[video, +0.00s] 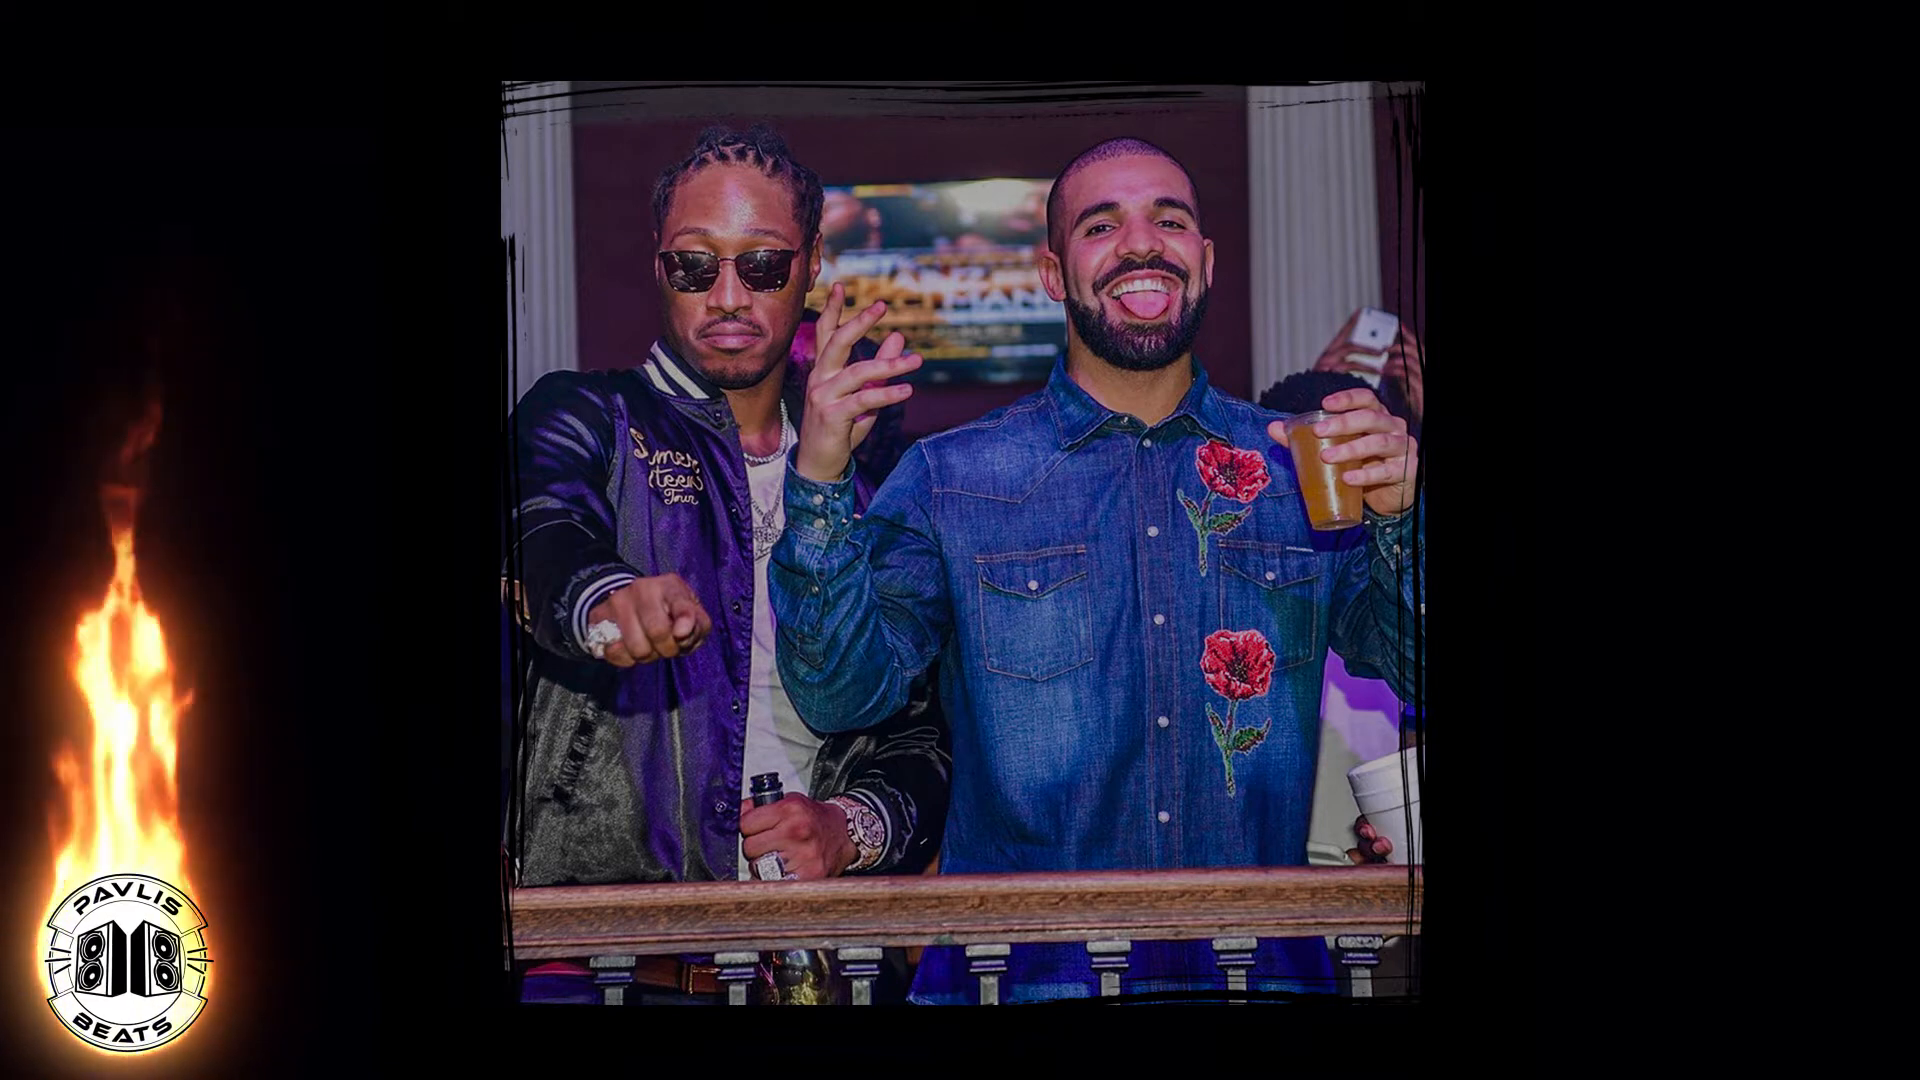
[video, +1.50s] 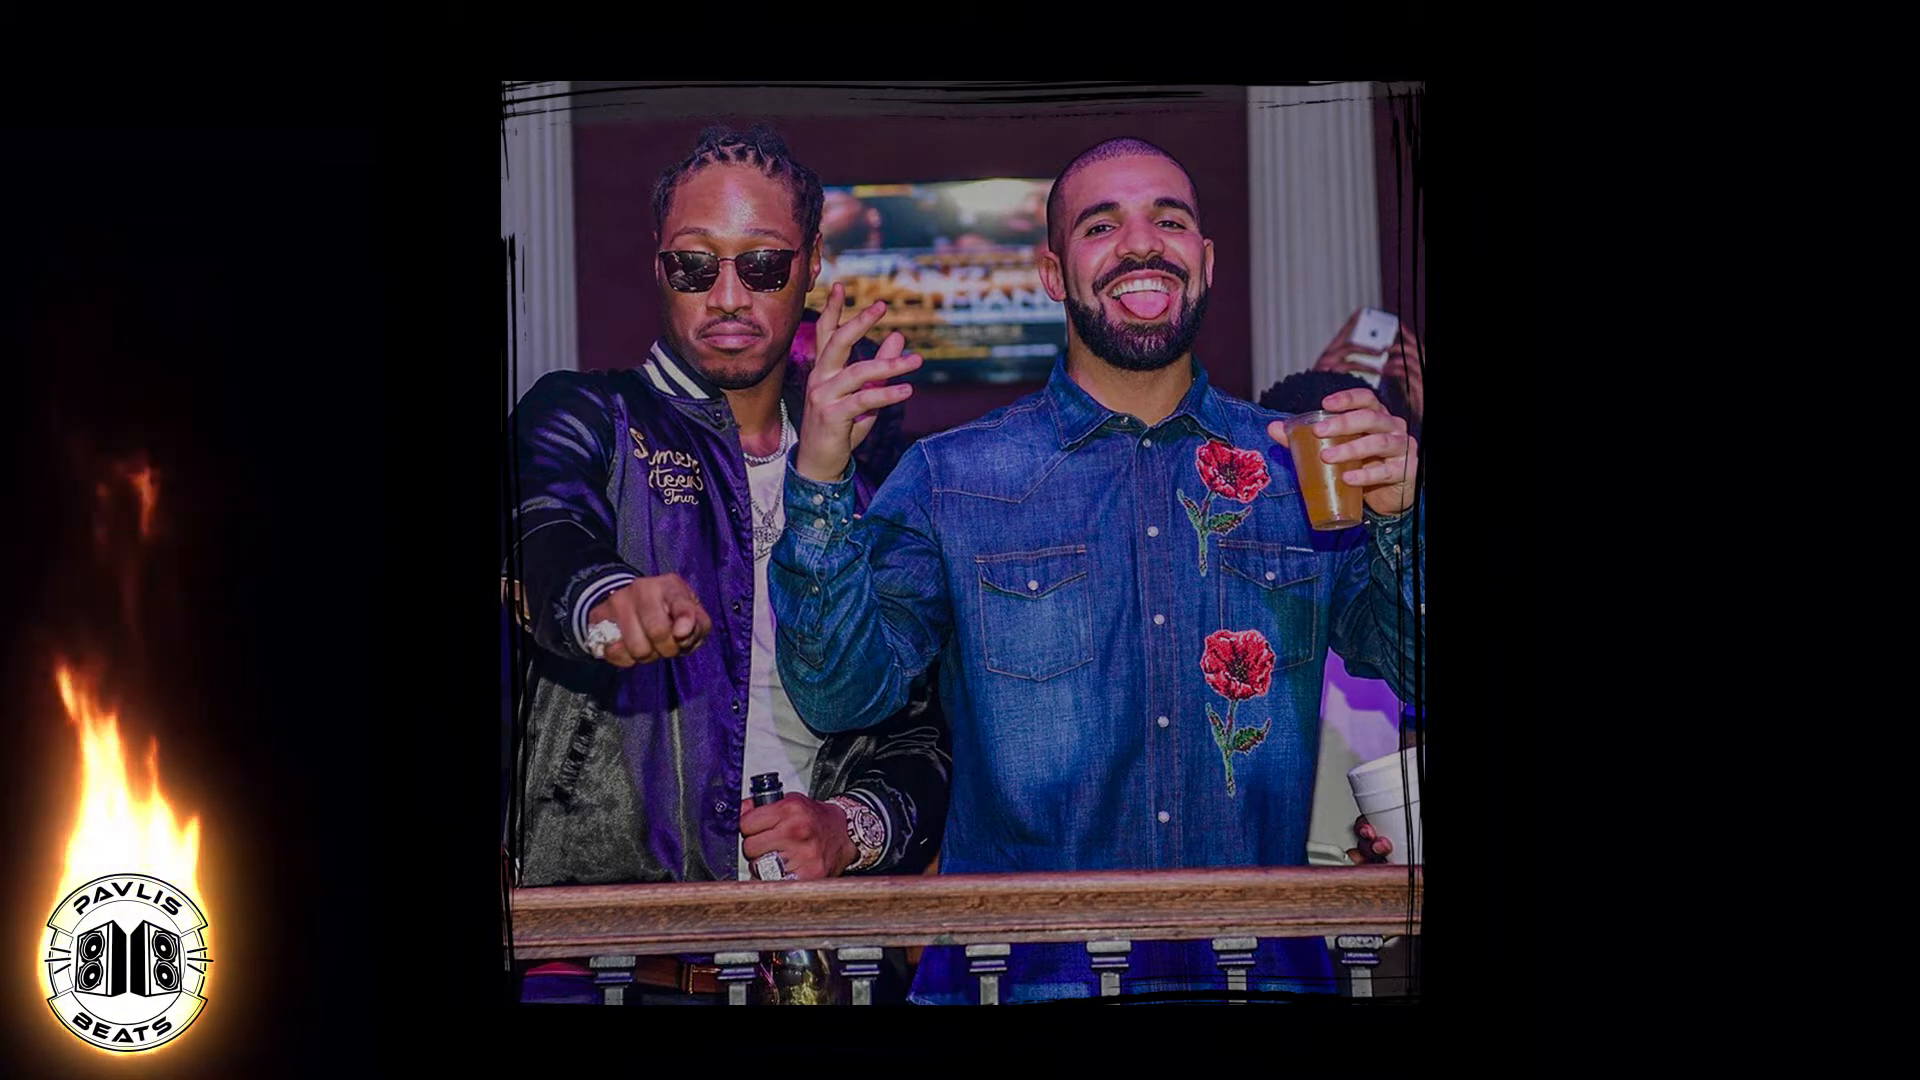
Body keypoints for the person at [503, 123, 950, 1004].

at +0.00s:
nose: (729, 296)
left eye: (763, 266)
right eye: (694, 266)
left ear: (811, 274)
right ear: (658, 272)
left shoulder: (878, 460)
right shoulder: (581, 412)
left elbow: (926, 726)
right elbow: (540, 525)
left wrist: (857, 826)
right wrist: (602, 595)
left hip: (827, 944)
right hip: (605, 943)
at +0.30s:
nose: (729, 296)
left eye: (763, 266)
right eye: (694, 266)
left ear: (811, 274)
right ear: (658, 272)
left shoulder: (878, 460)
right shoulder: (581, 412)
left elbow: (926, 726)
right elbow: (540, 525)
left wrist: (857, 826)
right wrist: (602, 595)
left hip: (827, 944)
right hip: (605, 943)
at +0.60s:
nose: (729, 296)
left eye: (763, 266)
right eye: (694, 266)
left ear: (811, 274)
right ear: (658, 272)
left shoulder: (878, 460)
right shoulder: (581, 412)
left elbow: (926, 726)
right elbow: (540, 525)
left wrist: (857, 826)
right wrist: (602, 595)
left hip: (827, 944)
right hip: (605, 943)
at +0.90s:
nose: (729, 296)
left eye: (763, 266)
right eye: (694, 266)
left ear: (811, 274)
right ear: (658, 272)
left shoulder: (878, 460)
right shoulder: (581, 412)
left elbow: (926, 725)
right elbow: (540, 525)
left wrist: (857, 826)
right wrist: (602, 595)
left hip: (827, 944)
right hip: (605, 943)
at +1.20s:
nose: (729, 296)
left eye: (763, 266)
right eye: (694, 266)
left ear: (811, 274)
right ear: (658, 272)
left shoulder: (878, 460)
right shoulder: (581, 412)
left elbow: (926, 726)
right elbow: (540, 525)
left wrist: (857, 826)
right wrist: (602, 595)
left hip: (827, 944)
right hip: (605, 943)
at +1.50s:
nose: (729, 296)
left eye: (763, 266)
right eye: (694, 266)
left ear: (811, 274)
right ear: (658, 272)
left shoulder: (878, 460)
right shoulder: (581, 412)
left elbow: (926, 725)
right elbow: (540, 525)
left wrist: (857, 826)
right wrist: (602, 595)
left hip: (827, 944)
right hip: (605, 943)